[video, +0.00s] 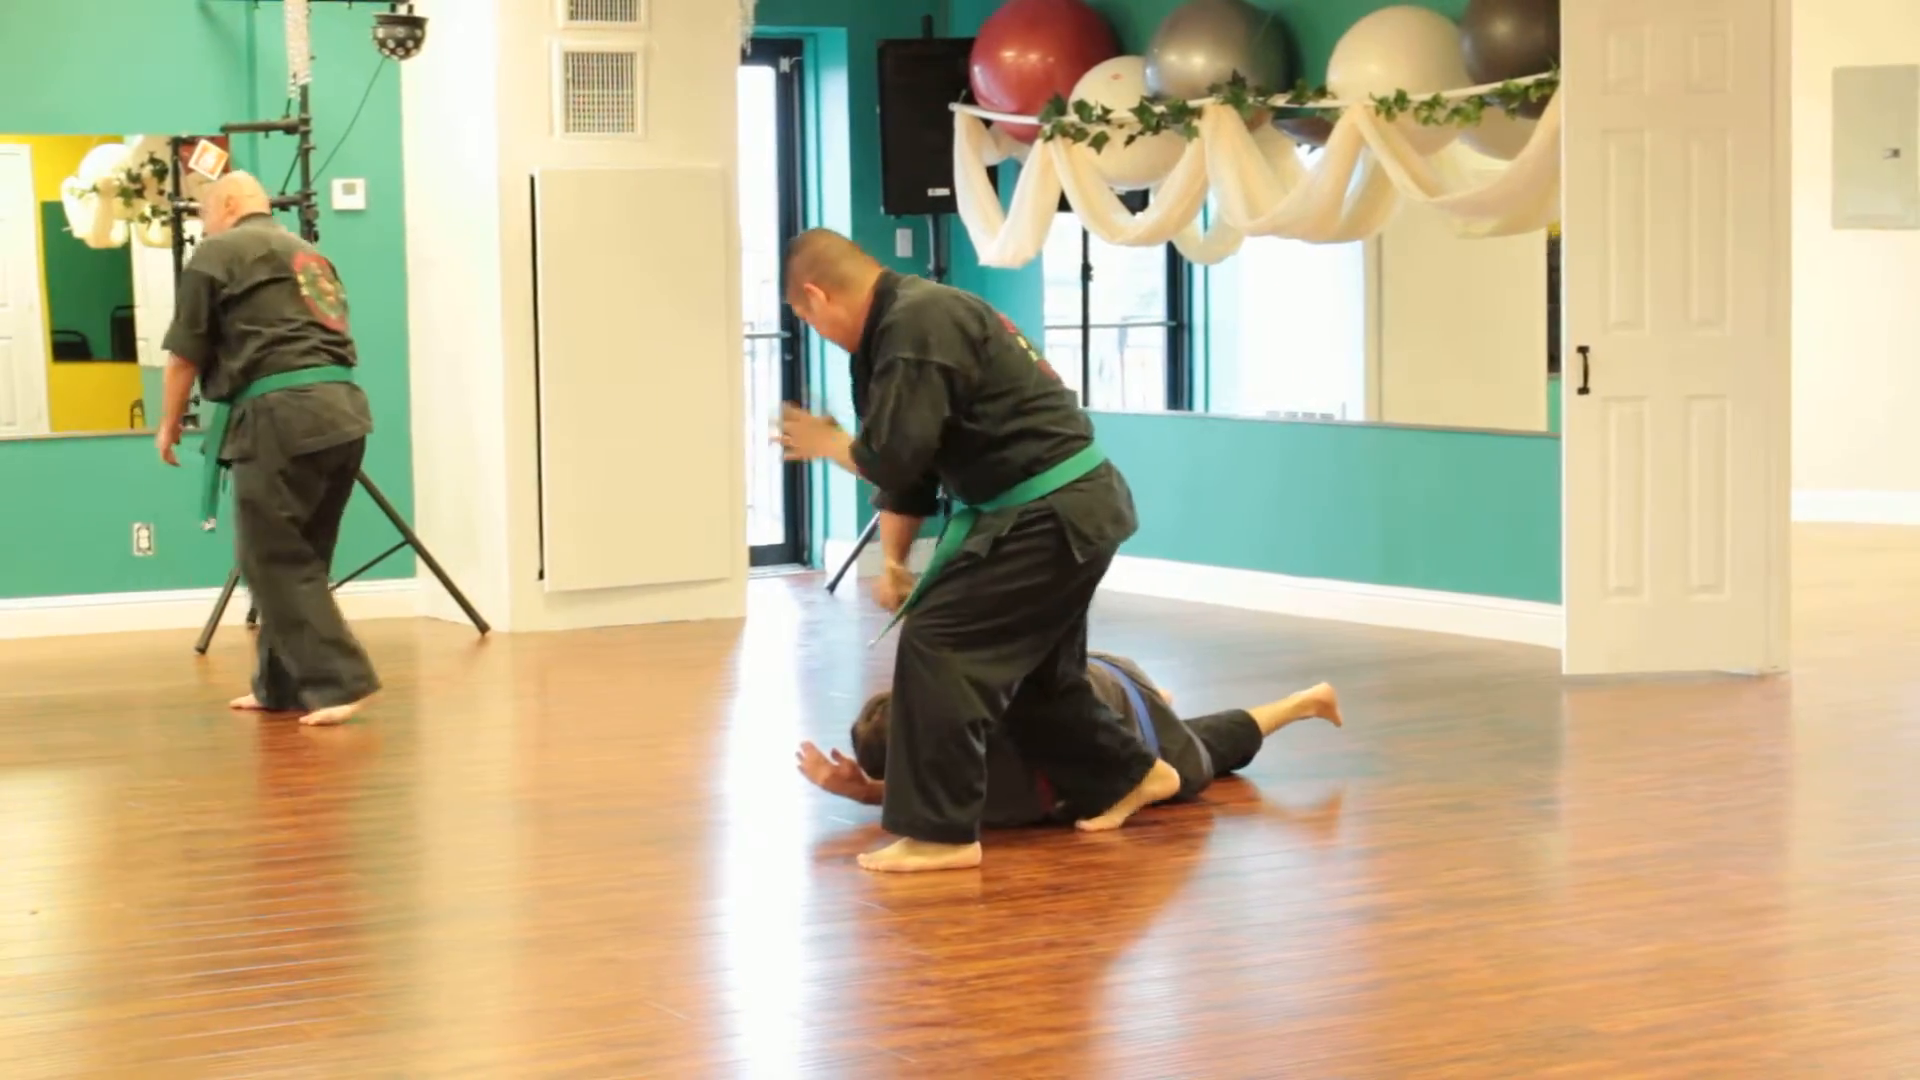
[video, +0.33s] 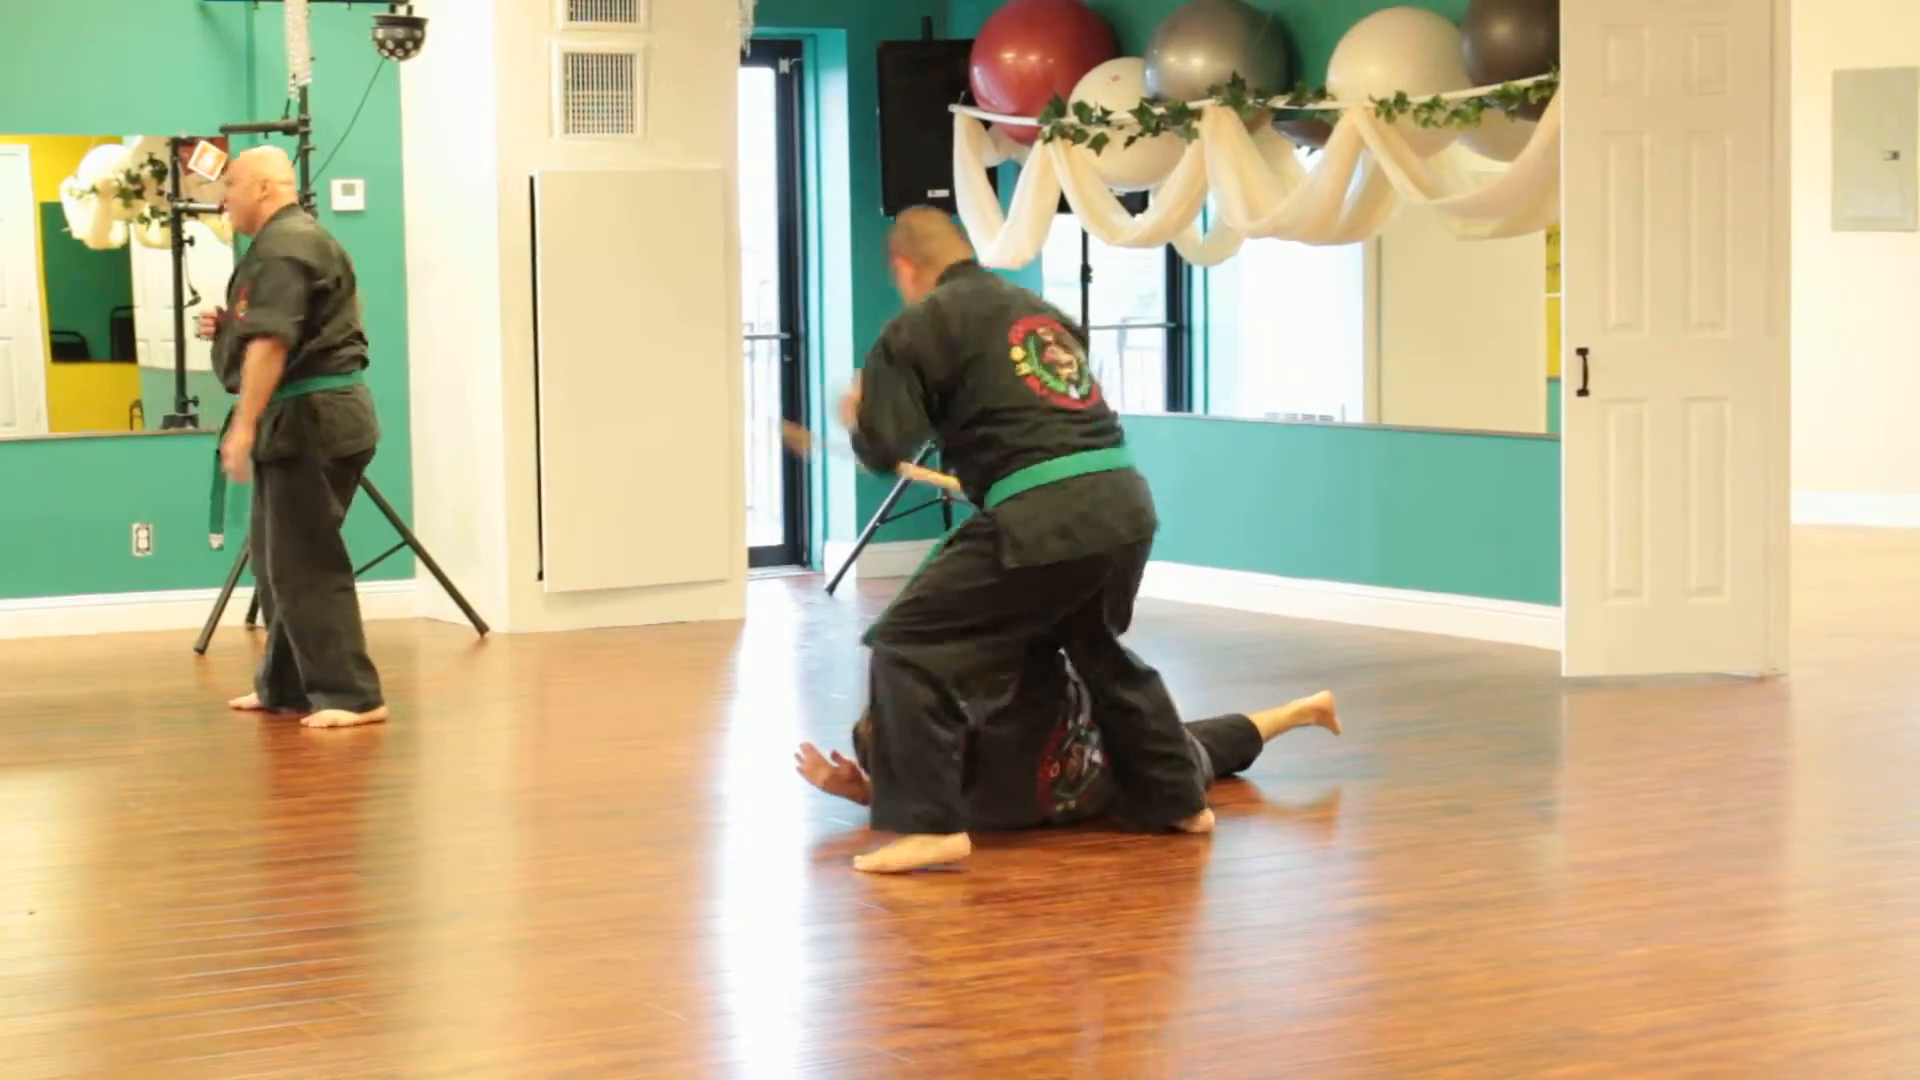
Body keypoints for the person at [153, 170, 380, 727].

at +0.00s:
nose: (202, 223)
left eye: (205, 212)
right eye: (201, 214)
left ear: (228, 206)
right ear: (260, 205)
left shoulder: (216, 253)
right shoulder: (306, 252)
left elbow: (184, 354)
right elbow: (321, 338)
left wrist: (170, 422)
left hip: (283, 411)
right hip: (344, 406)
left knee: (271, 556)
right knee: (304, 554)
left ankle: (340, 683)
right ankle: (279, 686)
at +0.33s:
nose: (224, 197)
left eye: (232, 185)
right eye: (225, 186)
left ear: (268, 189)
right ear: (273, 190)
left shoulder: (284, 244)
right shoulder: (299, 237)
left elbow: (271, 344)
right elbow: (292, 332)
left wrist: (242, 427)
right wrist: (232, 325)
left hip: (312, 418)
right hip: (306, 415)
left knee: (304, 559)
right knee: (278, 556)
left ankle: (352, 695)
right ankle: (285, 686)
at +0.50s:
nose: (228, 186)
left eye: (238, 176)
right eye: (231, 176)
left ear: (274, 181)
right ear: (273, 183)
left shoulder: (298, 236)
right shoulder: (271, 241)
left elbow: (315, 322)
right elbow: (277, 329)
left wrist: (319, 398)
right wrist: (229, 321)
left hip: (307, 415)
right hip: (278, 414)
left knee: (311, 555)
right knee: (267, 554)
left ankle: (356, 696)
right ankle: (286, 686)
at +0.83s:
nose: (193, 196)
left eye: (202, 185)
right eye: (195, 186)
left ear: (241, 190)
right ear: (240, 191)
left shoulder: (271, 248)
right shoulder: (239, 252)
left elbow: (290, 341)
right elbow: (250, 331)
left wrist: (284, 431)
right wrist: (202, 324)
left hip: (283, 422)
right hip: (246, 423)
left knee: (313, 566)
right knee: (230, 566)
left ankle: (364, 700)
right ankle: (194, 694)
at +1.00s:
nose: (158, 202)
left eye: (167, 189)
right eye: (159, 191)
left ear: (206, 190)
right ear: (204, 192)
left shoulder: (237, 248)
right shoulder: (205, 253)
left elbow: (244, 344)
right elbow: (207, 330)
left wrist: (191, 421)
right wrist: (159, 326)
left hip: (258, 425)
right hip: (221, 426)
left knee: (289, 566)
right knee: (202, 569)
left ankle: (359, 691)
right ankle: (188, 700)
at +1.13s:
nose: (138, 196)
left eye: (146, 184)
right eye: (138, 186)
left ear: (185, 186)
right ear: (182, 188)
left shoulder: (213, 239)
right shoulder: (182, 247)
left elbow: (216, 330)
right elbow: (180, 323)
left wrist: (150, 391)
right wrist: (132, 317)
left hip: (232, 419)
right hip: (199, 420)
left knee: (228, 557)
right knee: (181, 564)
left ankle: (328, 673)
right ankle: (188, 701)